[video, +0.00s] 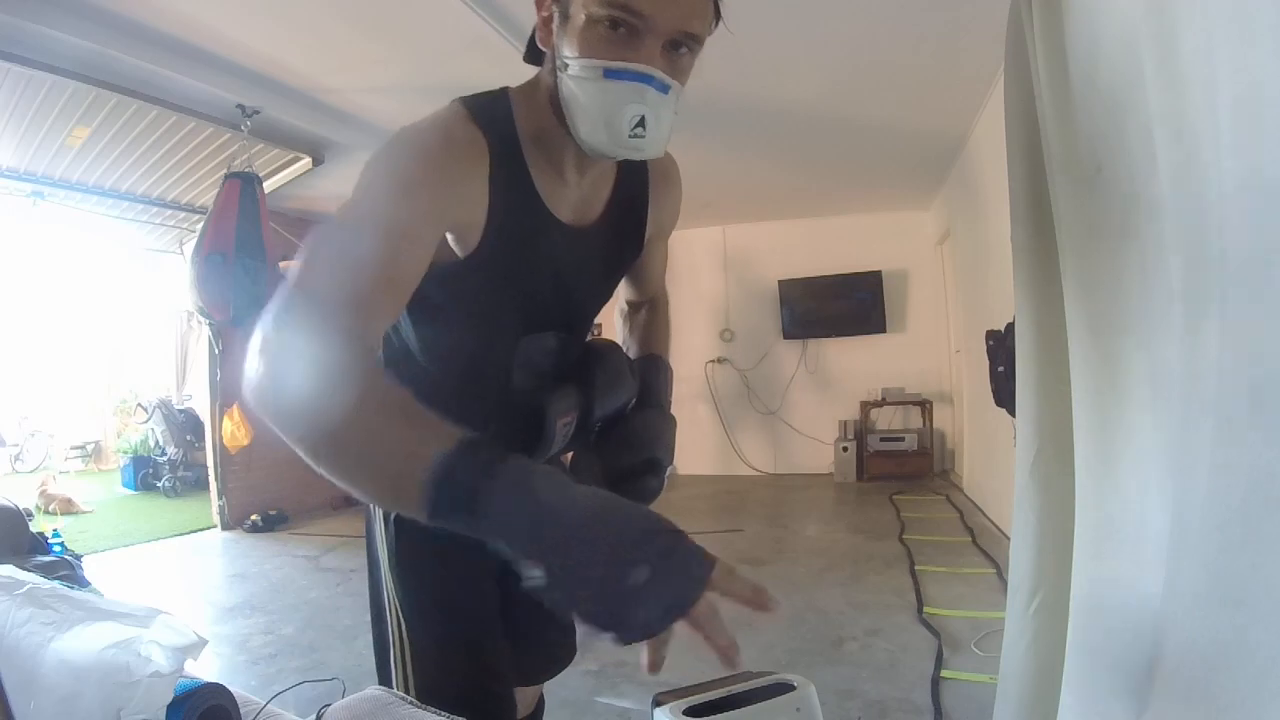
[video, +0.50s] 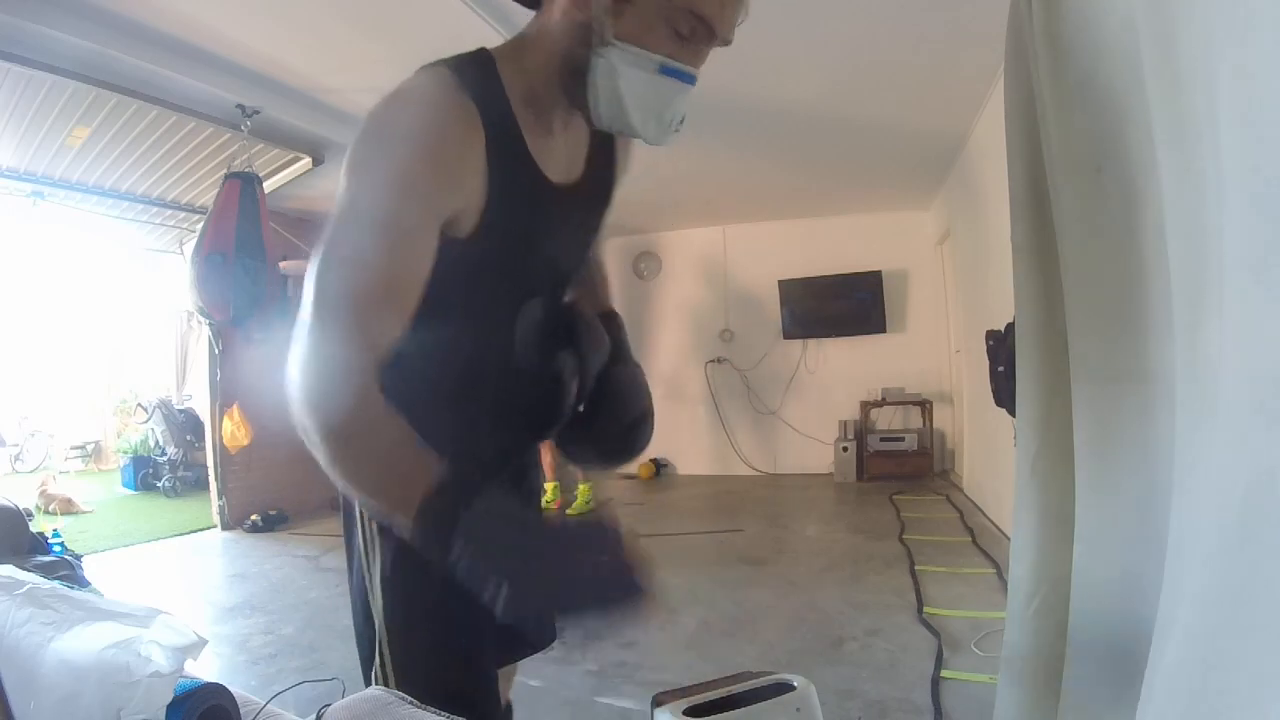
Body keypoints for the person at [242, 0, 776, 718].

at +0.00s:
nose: (648, 69)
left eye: (680, 46)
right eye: (619, 26)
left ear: (698, 58)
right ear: (551, 23)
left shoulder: (652, 180)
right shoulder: (443, 154)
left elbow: (644, 301)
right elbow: (294, 368)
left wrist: (650, 414)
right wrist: (529, 509)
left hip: (543, 472)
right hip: (423, 473)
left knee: (527, 684)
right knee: (461, 701)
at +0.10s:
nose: (642, 66)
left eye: (674, 42)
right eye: (609, 23)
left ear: (694, 56)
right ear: (539, 22)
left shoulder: (651, 176)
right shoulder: (440, 148)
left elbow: (645, 296)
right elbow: (294, 378)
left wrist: (651, 410)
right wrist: (559, 521)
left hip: (530, 467)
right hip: (419, 470)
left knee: (523, 683)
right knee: (459, 701)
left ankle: (518, 709)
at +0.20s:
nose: (644, 64)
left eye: (680, 37)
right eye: (614, 19)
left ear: (703, 45)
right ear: (543, 14)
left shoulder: (651, 172)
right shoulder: (431, 152)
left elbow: (638, 293)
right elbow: (320, 420)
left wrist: (640, 410)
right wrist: (550, 569)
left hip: (525, 465)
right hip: (418, 463)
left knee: (518, 682)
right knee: (455, 701)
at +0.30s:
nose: (661, 63)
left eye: (695, 38)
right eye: (632, 16)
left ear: (712, 46)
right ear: (548, 8)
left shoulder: (641, 158)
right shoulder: (428, 146)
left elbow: (628, 281)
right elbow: (343, 426)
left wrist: (630, 398)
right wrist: (506, 599)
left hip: (518, 472)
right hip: (414, 477)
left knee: (533, 685)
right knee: (441, 703)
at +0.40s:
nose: (681, 63)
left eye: (709, 38)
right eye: (658, 17)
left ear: (720, 40)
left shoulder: (625, 149)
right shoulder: (429, 134)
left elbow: (607, 268)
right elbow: (347, 410)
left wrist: (624, 381)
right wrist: (495, 598)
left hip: (515, 477)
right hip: (412, 484)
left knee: (532, 689)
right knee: (439, 706)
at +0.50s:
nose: (692, 71)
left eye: (712, 48)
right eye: (683, 30)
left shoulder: (603, 135)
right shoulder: (430, 119)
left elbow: (576, 253)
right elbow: (328, 387)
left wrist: (604, 358)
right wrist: (475, 532)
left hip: (506, 472)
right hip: (407, 482)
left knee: (487, 678)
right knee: (443, 699)